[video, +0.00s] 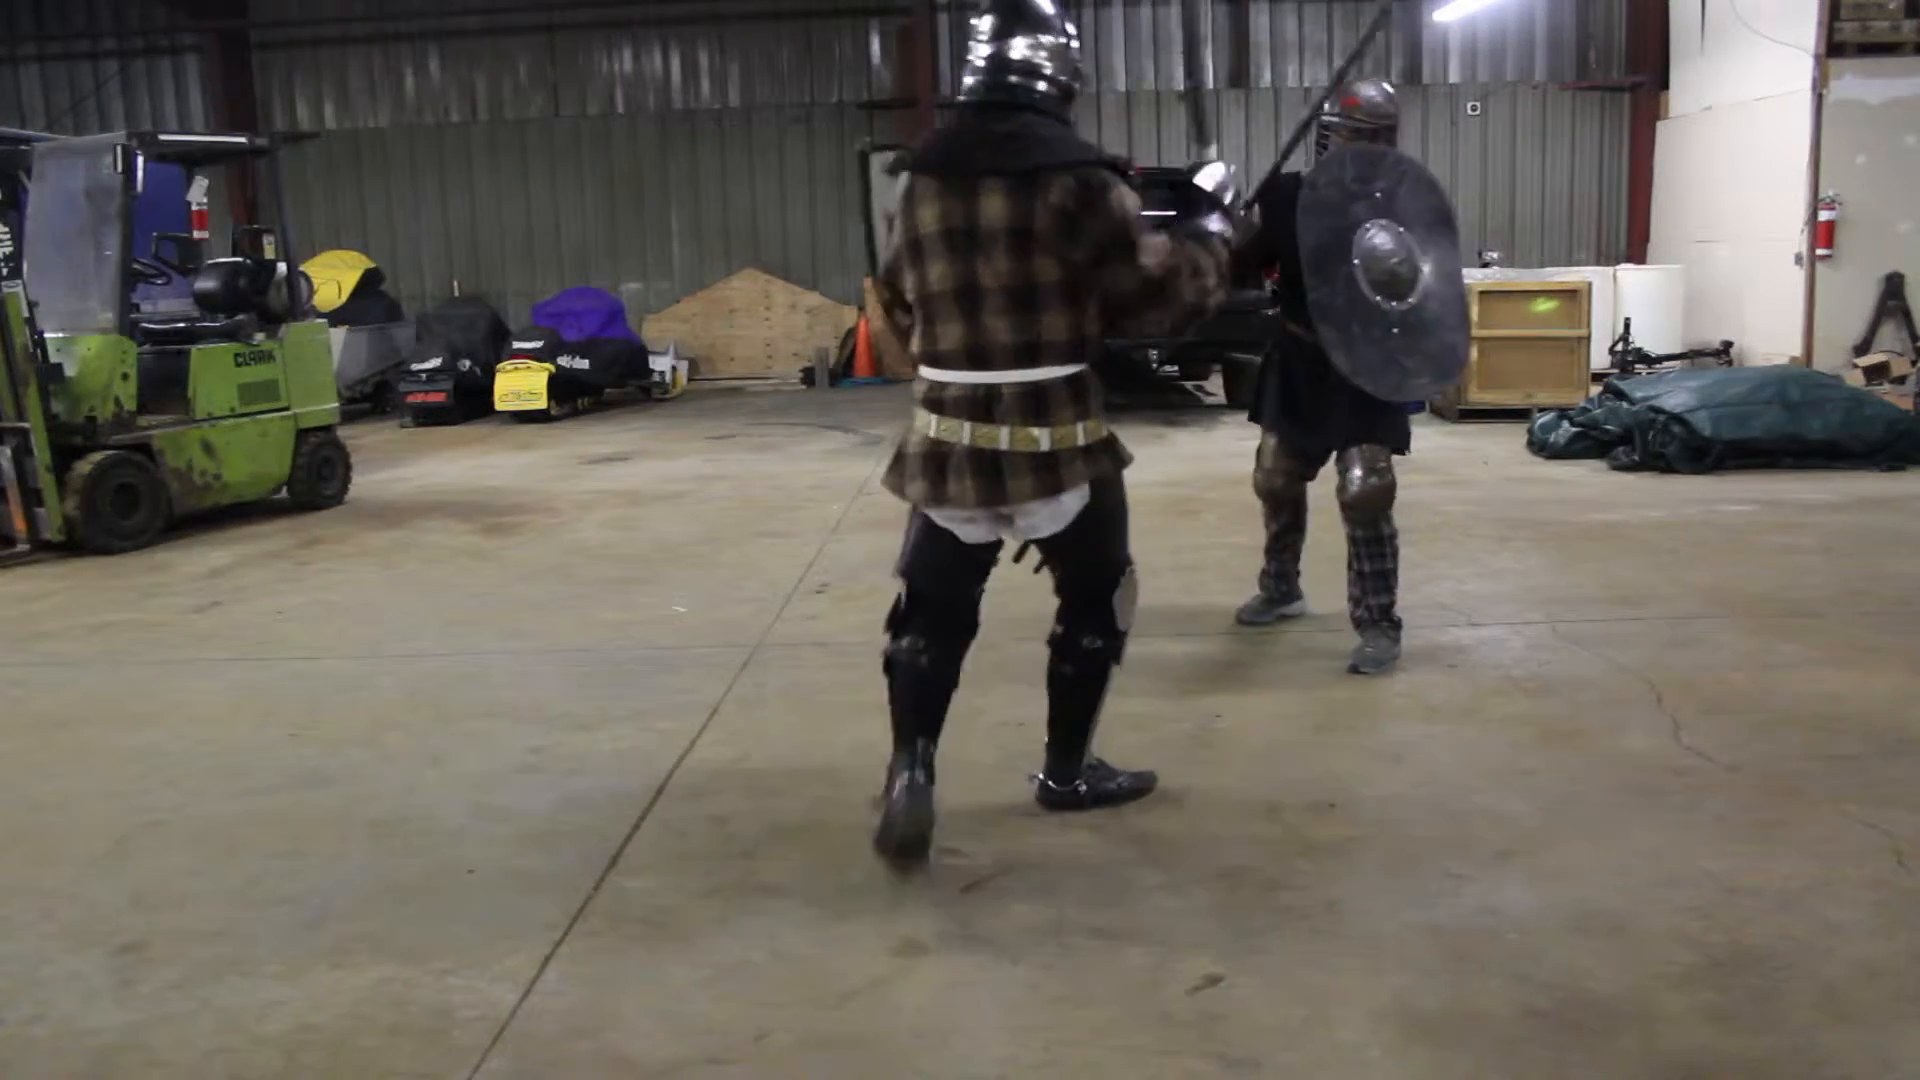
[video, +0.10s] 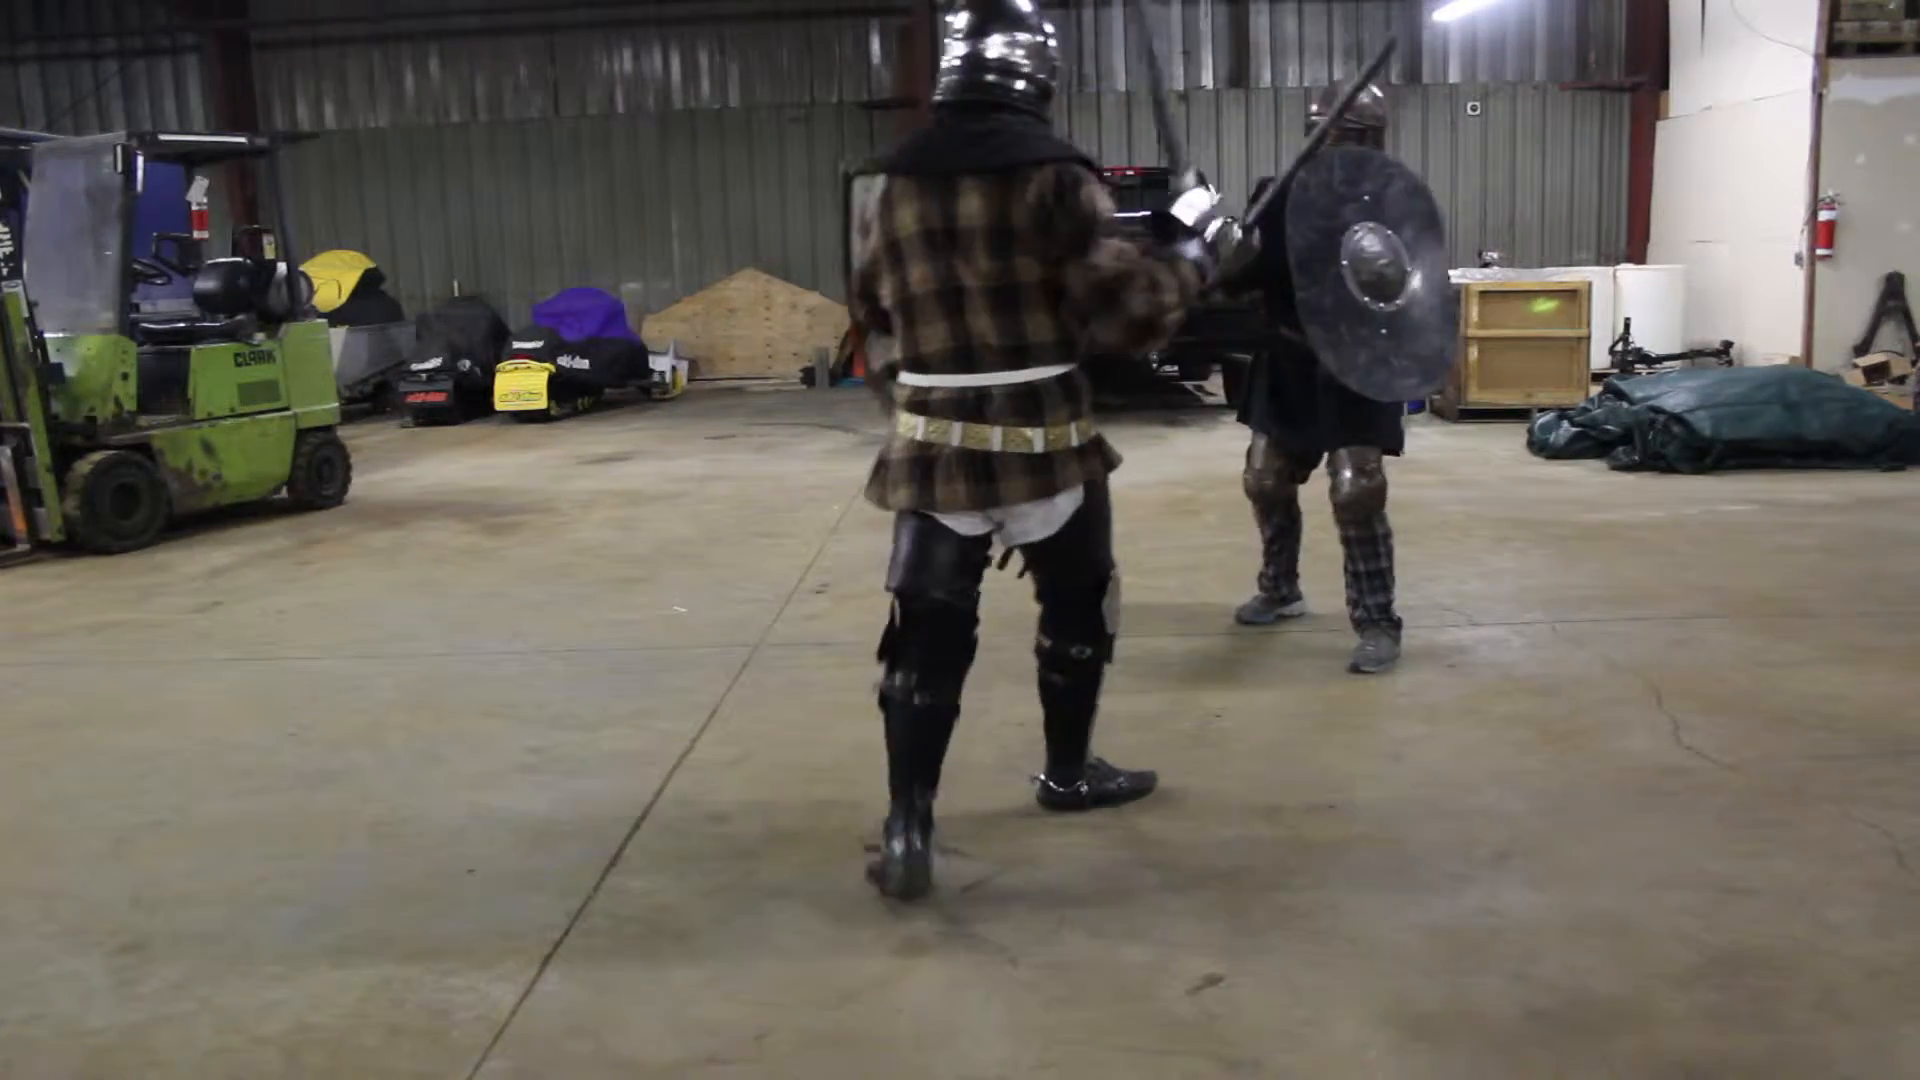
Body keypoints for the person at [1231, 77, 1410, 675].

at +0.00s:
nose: (1352, 150)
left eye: (1368, 138)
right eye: (1342, 135)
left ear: (1390, 141)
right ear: (1323, 135)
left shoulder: (1408, 203)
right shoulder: (1289, 197)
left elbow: (1439, 289)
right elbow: (1239, 259)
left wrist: (1441, 370)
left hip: (1375, 361)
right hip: (1299, 353)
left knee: (1364, 489)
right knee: (1276, 476)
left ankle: (1378, 625)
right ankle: (1280, 586)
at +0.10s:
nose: (1356, 147)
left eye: (1369, 135)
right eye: (1345, 132)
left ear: (1384, 137)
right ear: (1318, 127)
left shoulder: (1394, 198)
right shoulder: (1284, 194)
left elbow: (1426, 283)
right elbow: (1242, 275)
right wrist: (1229, 260)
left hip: (1364, 361)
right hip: (1289, 355)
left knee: (1356, 488)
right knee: (1265, 478)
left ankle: (1377, 625)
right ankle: (1279, 588)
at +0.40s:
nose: (1281, 148)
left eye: (1297, 136)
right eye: (1275, 135)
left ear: (1329, 141)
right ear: (1267, 140)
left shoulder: (1351, 204)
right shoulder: (1244, 204)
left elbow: (1376, 284)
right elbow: (1220, 288)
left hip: (1328, 363)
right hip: (1258, 360)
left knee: (1332, 476)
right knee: (1238, 472)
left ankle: (1365, 606)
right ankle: (1277, 589)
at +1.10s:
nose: (1254, 158)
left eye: (1266, 147)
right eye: (1248, 147)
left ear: (1296, 150)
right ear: (1242, 153)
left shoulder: (1340, 203)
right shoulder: (1239, 211)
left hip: (1336, 344)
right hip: (1263, 348)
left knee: (1355, 479)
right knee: (1237, 482)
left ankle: (1395, 620)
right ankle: (1276, 586)